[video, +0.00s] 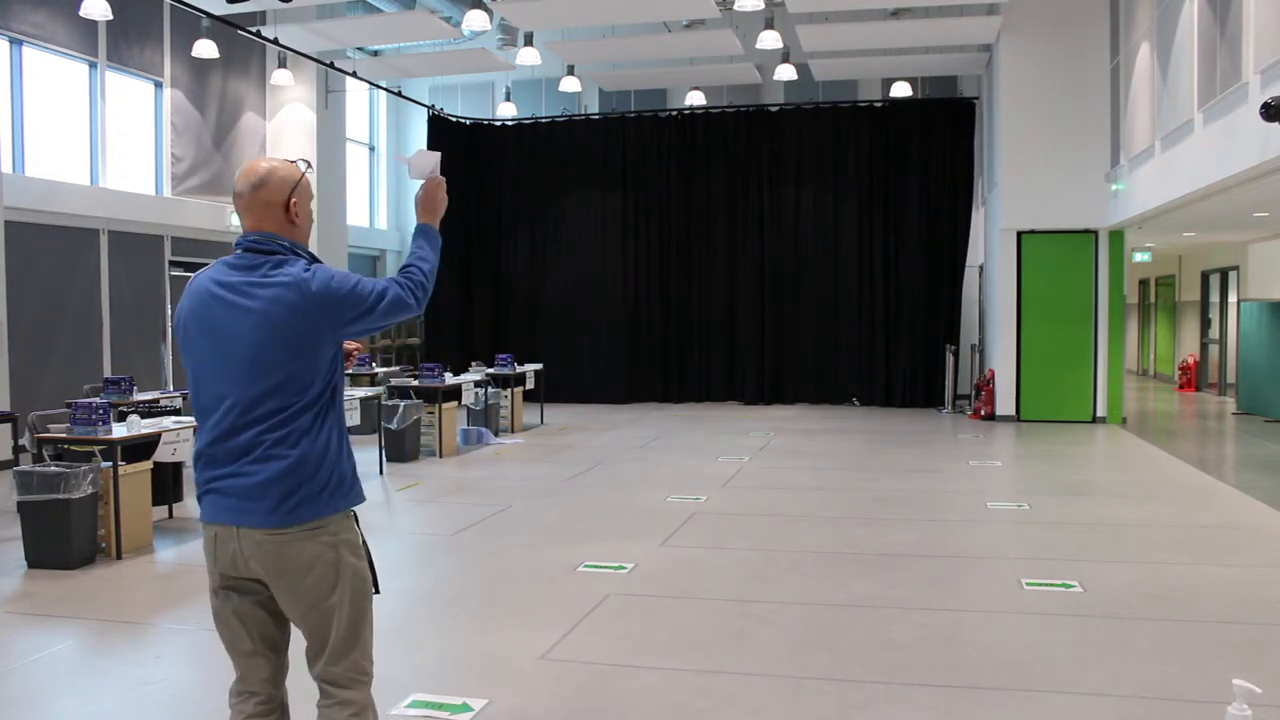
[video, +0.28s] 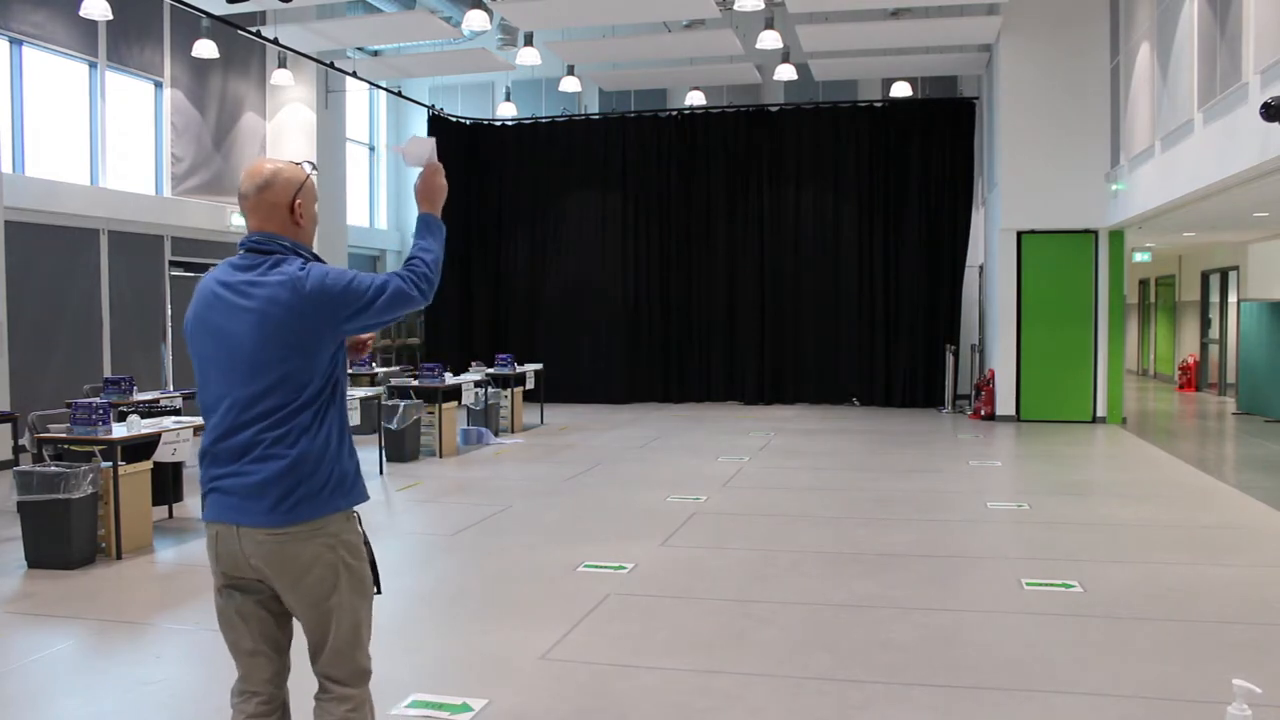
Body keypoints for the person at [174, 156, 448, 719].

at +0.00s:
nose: (311, 211)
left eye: (311, 200)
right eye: (309, 202)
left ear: (241, 213)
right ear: (293, 208)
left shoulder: (195, 294)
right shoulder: (313, 290)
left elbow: (234, 374)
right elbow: (409, 293)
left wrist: (322, 352)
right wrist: (428, 223)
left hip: (223, 529)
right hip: (307, 529)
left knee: (253, 691)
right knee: (344, 688)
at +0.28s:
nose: (316, 214)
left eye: (315, 202)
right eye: (314, 203)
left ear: (247, 213)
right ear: (299, 208)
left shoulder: (205, 293)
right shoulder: (313, 288)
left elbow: (250, 366)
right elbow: (414, 287)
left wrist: (334, 347)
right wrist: (430, 214)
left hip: (227, 525)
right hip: (309, 526)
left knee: (256, 693)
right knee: (343, 687)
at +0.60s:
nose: (344, 216)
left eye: (341, 204)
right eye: (341, 205)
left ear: (277, 216)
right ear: (326, 212)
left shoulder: (248, 293)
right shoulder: (333, 288)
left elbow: (315, 355)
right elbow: (439, 251)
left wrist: (383, 323)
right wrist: (433, 163)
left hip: (266, 525)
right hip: (336, 526)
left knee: (301, 678)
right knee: (358, 689)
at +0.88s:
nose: (374, 223)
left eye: (369, 212)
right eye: (369, 212)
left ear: (315, 226)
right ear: (355, 225)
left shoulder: (297, 295)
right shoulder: (335, 292)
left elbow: (369, 356)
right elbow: (436, 236)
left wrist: (430, 309)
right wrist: (405, 143)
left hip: (335, 514)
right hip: (359, 518)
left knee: (406, 634)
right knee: (384, 682)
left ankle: (389, 711)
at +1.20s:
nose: (413, 251)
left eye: (409, 238)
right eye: (408, 240)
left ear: (354, 252)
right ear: (392, 251)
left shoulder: (346, 317)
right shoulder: (377, 315)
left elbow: (415, 361)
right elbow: (450, 245)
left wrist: (470, 320)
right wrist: (391, 161)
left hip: (378, 519)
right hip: (414, 521)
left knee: (444, 621)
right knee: (415, 676)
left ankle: (486, 697)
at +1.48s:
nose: (453, 251)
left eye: (449, 243)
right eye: (450, 244)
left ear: (398, 262)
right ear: (444, 252)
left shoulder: (378, 336)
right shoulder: (470, 311)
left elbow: (389, 421)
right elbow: (541, 245)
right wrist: (492, 191)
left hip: (410, 512)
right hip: (469, 505)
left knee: (481, 619)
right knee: (459, 646)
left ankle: (501, 711)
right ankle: (414, 719)